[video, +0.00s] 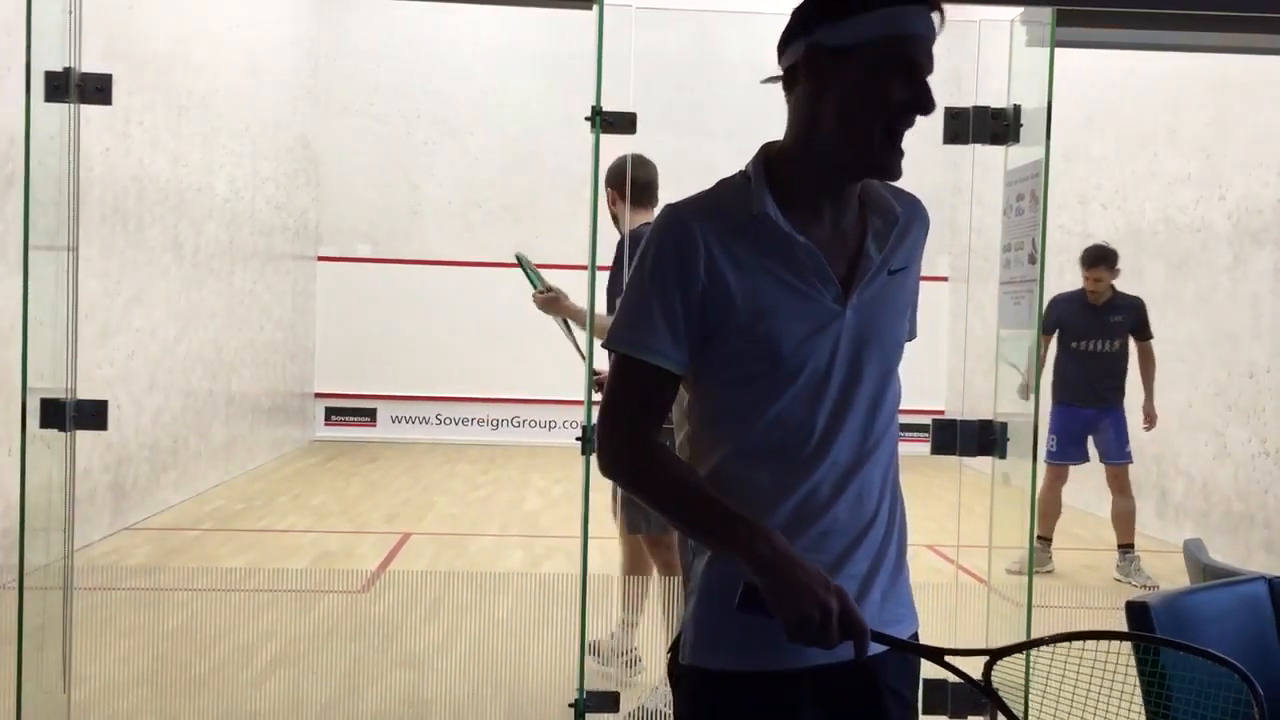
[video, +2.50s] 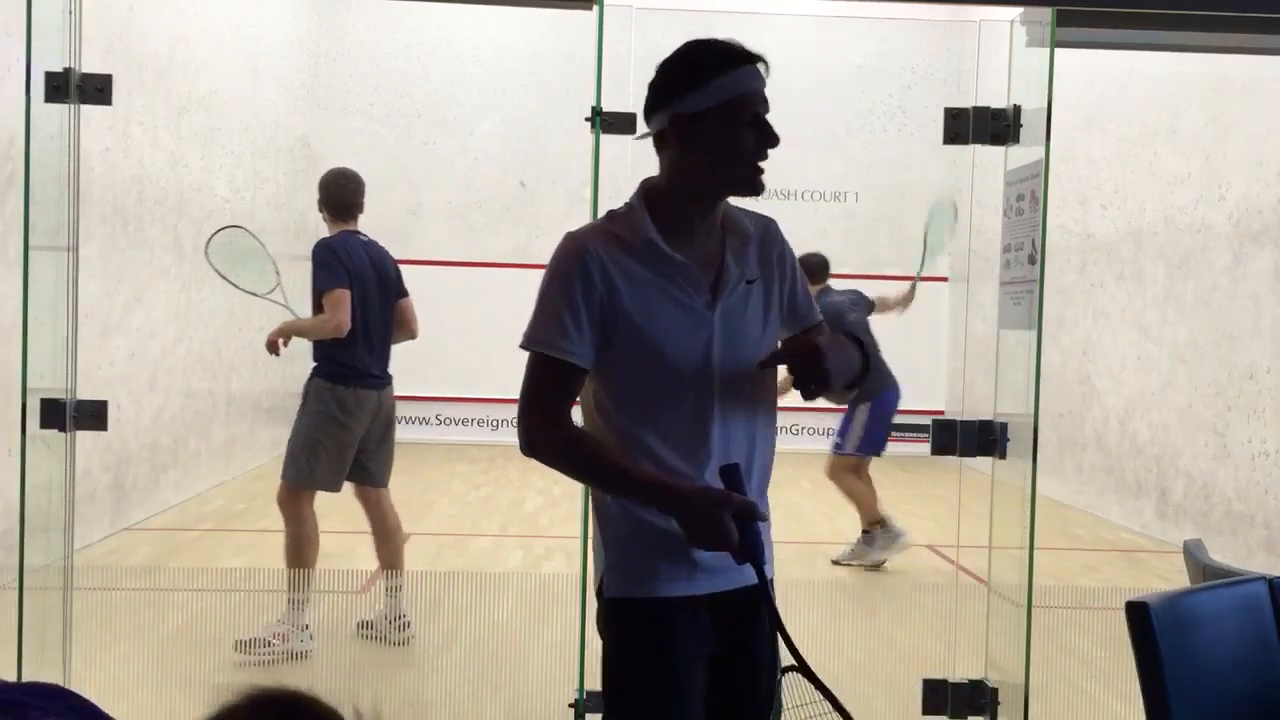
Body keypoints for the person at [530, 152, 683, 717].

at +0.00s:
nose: (601, 201)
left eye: (604, 193)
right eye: (605, 193)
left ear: (612, 194)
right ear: (654, 191)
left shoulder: (636, 245)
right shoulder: (656, 242)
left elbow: (629, 331)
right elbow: (653, 337)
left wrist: (569, 308)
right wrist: (618, 376)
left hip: (654, 413)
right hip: (658, 408)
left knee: (652, 529)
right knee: (646, 529)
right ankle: (629, 637)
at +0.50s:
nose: (567, 217)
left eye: (565, 209)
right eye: (578, 207)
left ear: (568, 210)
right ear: (612, 207)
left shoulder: (581, 255)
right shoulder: (642, 260)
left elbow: (587, 336)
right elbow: (637, 343)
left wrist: (530, 323)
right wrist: (565, 339)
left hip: (599, 414)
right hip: (654, 412)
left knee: (548, 523)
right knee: (641, 524)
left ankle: (590, 650)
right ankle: (656, 650)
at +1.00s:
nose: (468, 212)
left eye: (466, 205)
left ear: (467, 207)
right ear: (510, 204)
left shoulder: (479, 256)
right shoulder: (534, 257)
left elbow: (479, 339)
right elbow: (529, 333)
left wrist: (430, 329)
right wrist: (453, 326)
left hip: (492, 402)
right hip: (534, 402)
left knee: (485, 517)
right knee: (513, 507)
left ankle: (478, 638)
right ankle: (562, 600)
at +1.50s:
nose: (409, 214)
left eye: (407, 207)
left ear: (411, 210)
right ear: (452, 207)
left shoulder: (423, 255)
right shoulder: (470, 260)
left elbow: (425, 330)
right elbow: (485, 337)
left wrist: (372, 332)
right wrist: (422, 330)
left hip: (421, 399)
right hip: (461, 401)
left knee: (422, 508)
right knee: (422, 508)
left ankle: (470, 626)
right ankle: (400, 615)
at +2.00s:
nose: (378, 213)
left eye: (376, 206)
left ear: (379, 208)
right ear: (418, 209)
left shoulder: (382, 248)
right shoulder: (436, 258)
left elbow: (380, 318)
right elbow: (443, 333)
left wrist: (338, 324)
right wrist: (375, 321)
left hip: (382, 394)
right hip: (427, 395)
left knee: (344, 494)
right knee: (408, 494)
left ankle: (349, 616)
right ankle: (402, 613)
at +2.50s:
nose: (323, 212)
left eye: (320, 205)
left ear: (322, 207)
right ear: (362, 206)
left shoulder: (330, 250)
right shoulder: (383, 256)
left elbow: (336, 323)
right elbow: (407, 327)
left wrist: (287, 327)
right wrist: (355, 334)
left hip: (335, 395)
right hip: (378, 397)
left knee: (294, 497)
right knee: (374, 493)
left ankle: (295, 625)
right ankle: (396, 613)